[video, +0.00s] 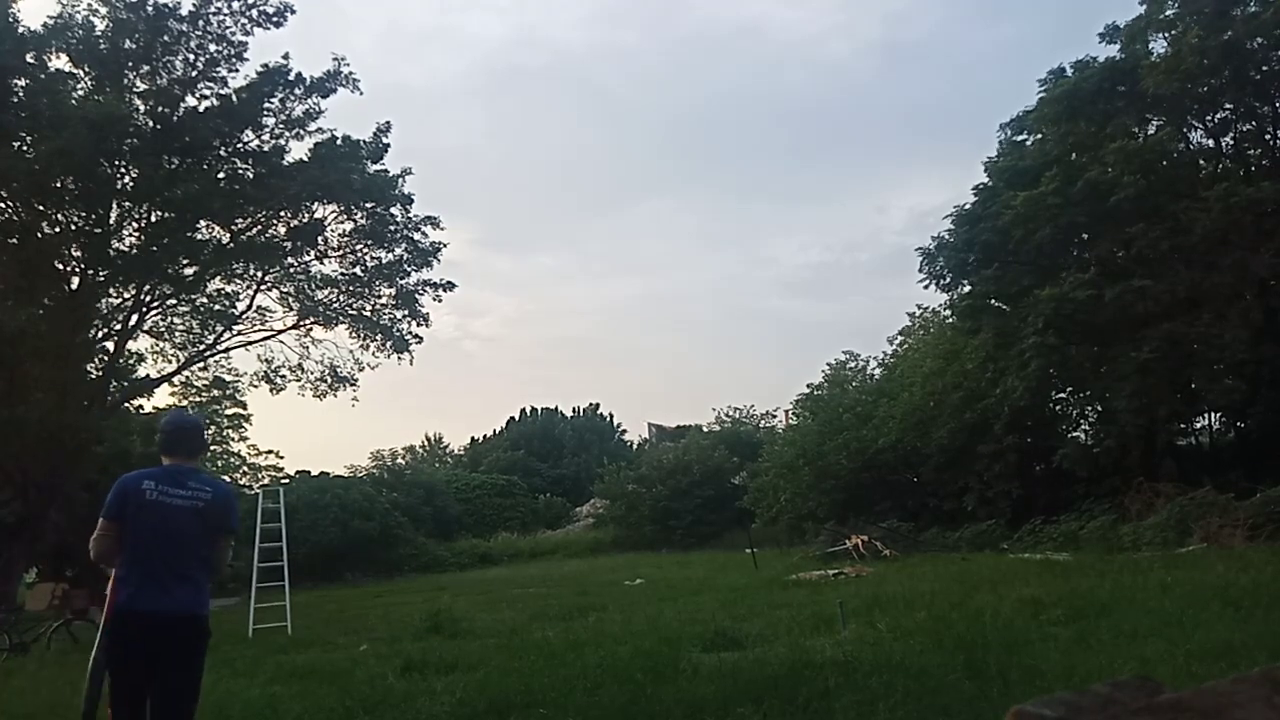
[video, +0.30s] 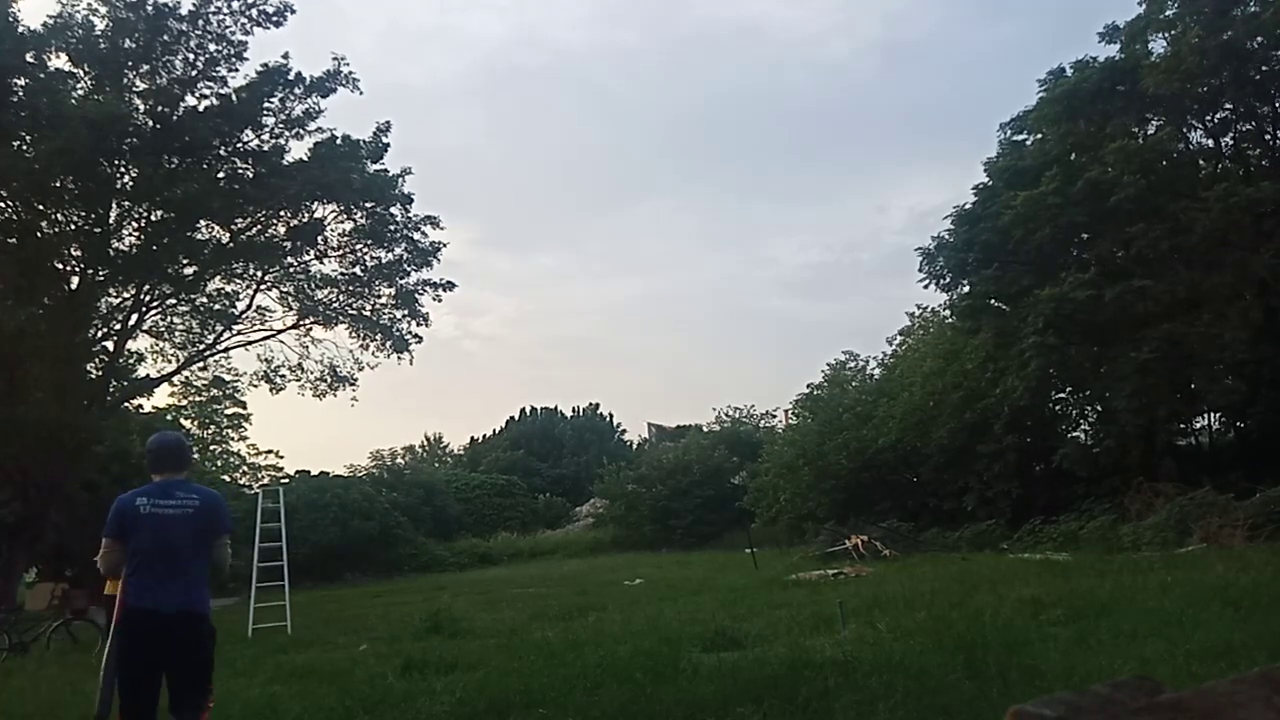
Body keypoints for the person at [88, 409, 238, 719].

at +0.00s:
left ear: (160, 445)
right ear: (203, 448)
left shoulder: (129, 484)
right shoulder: (222, 493)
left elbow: (100, 549)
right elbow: (220, 564)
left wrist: (135, 565)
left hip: (130, 619)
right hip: (187, 623)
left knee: (126, 708)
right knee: (176, 708)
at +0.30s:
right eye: (189, 458)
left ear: (149, 464)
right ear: (189, 462)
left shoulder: (127, 503)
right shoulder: (211, 502)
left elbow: (108, 564)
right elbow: (222, 563)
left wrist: (142, 550)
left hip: (138, 626)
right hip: (191, 626)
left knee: (136, 710)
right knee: (190, 709)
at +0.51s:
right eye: (193, 458)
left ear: (156, 460)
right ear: (192, 460)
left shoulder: (132, 494)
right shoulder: (211, 493)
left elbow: (114, 552)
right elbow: (222, 549)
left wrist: (147, 561)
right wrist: (214, 579)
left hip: (145, 605)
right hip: (195, 605)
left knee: (143, 690)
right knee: (204, 669)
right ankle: (191, 714)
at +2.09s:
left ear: (185, 492)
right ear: (209, 494)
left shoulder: (167, 515)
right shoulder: (219, 520)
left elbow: (151, 553)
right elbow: (234, 555)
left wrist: (167, 554)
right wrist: (223, 562)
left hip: (172, 596)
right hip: (204, 597)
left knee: (164, 650)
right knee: (198, 650)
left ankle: (170, 686)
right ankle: (196, 700)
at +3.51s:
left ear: (165, 513)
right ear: (185, 514)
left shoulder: (153, 532)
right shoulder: (195, 534)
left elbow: (142, 563)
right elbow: (200, 560)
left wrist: (140, 585)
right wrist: (186, 566)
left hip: (156, 593)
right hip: (182, 594)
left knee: (149, 636)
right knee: (180, 637)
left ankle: (143, 676)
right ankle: (179, 679)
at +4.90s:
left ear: (128, 528)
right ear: (144, 528)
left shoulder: (117, 546)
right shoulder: (152, 543)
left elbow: (110, 572)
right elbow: (164, 567)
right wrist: (169, 585)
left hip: (124, 597)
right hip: (147, 595)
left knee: (120, 633)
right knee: (145, 628)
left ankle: (120, 668)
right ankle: (142, 651)